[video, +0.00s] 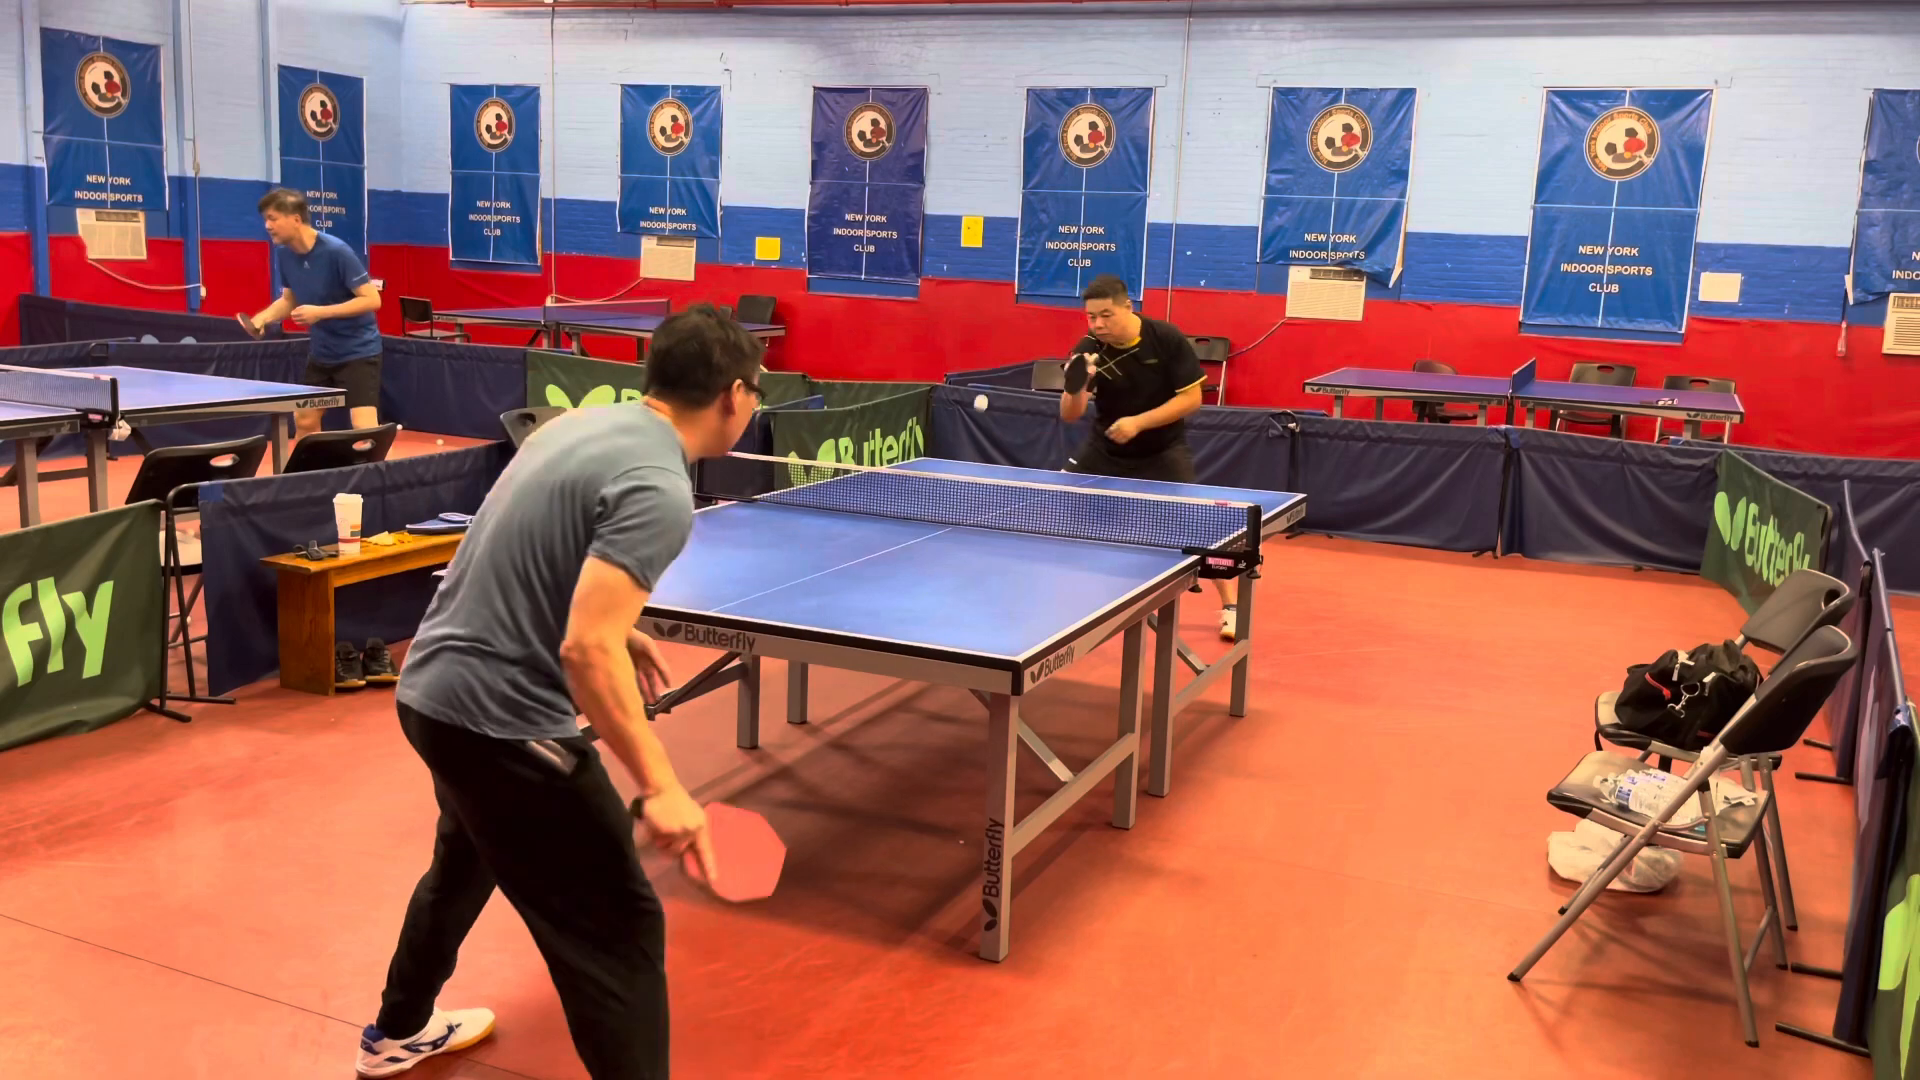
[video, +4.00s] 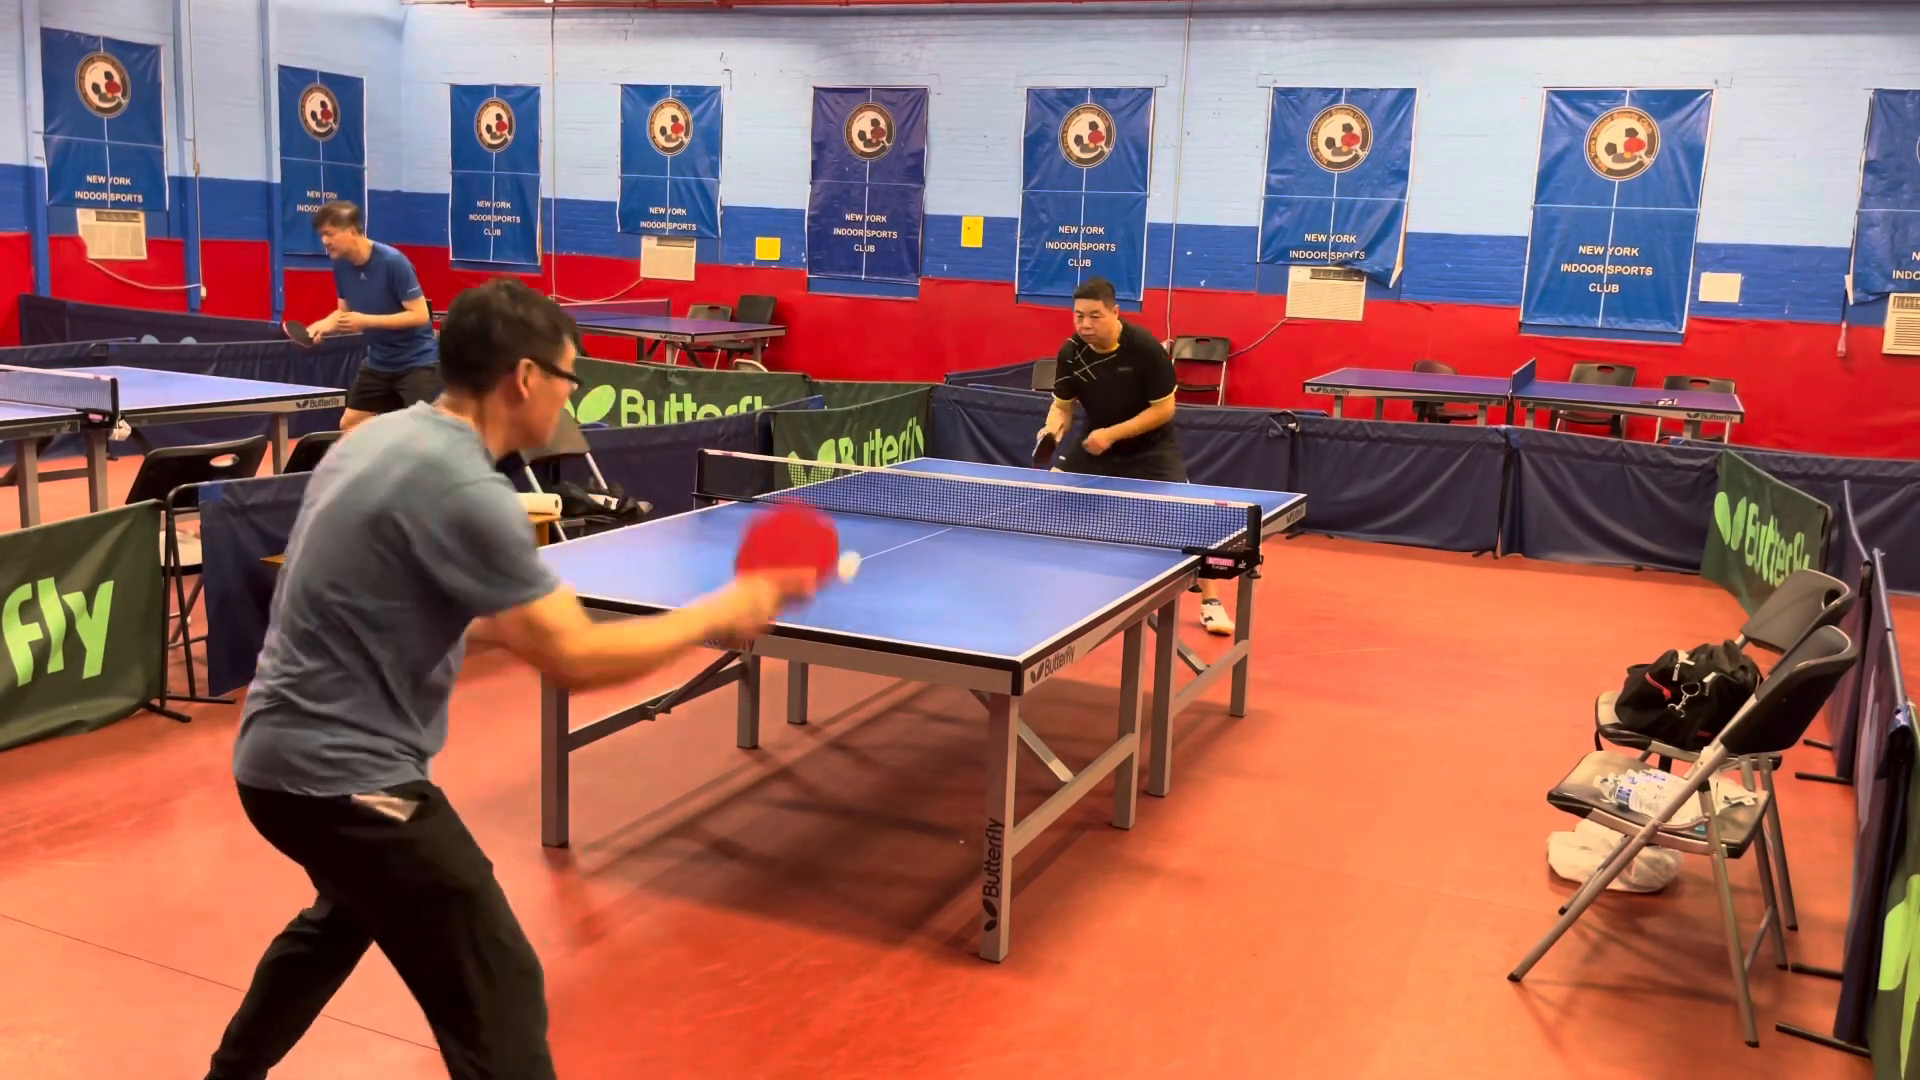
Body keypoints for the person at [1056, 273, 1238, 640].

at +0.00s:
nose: (1097, 325)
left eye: (1105, 315)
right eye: (1091, 317)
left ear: (1126, 307)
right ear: (1086, 315)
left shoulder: (1167, 339)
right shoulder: (1088, 348)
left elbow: (1193, 399)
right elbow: (1069, 414)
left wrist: (1138, 422)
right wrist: (1081, 383)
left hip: (1163, 452)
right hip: (1105, 450)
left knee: (1197, 519)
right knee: (1049, 500)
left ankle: (1230, 605)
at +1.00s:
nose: (1139, 310)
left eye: (1148, 302)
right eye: (1134, 301)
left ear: (1170, 299)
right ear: (1127, 298)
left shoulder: (1195, 341)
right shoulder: (1120, 329)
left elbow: (1208, 409)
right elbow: (1096, 385)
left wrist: (1149, 424)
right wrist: (1112, 379)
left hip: (1174, 452)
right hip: (1121, 445)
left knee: (1197, 522)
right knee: (1067, 497)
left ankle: (1231, 609)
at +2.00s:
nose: (1065, 323)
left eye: (1074, 314)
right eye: (1060, 314)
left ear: (1096, 309)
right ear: (1056, 312)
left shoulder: (1132, 342)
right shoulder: (1054, 351)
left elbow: (1157, 399)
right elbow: (1026, 410)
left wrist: (1106, 428)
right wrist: (1029, 393)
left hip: (1134, 448)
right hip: (1073, 447)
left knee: (1170, 512)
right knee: (1023, 500)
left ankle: (1196, 594)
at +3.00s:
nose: (1142, 320)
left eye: (1151, 312)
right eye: (1137, 312)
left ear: (1173, 309)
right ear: (1132, 313)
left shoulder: (1208, 349)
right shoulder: (1125, 355)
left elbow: (1229, 406)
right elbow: (1112, 419)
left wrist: (1180, 437)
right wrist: (1119, 411)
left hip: (1193, 458)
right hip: (1132, 455)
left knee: (1213, 523)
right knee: (1085, 507)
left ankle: (1247, 608)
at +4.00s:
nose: (1084, 325)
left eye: (1094, 316)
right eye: (1079, 316)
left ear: (1115, 313)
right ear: (1073, 315)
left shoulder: (1146, 350)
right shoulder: (1071, 353)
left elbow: (1165, 409)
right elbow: (1062, 405)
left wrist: (1112, 433)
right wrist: (1054, 427)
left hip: (1151, 447)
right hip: (1095, 445)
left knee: (1182, 512)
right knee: (1045, 497)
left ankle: (1210, 599)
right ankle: (1035, 585)